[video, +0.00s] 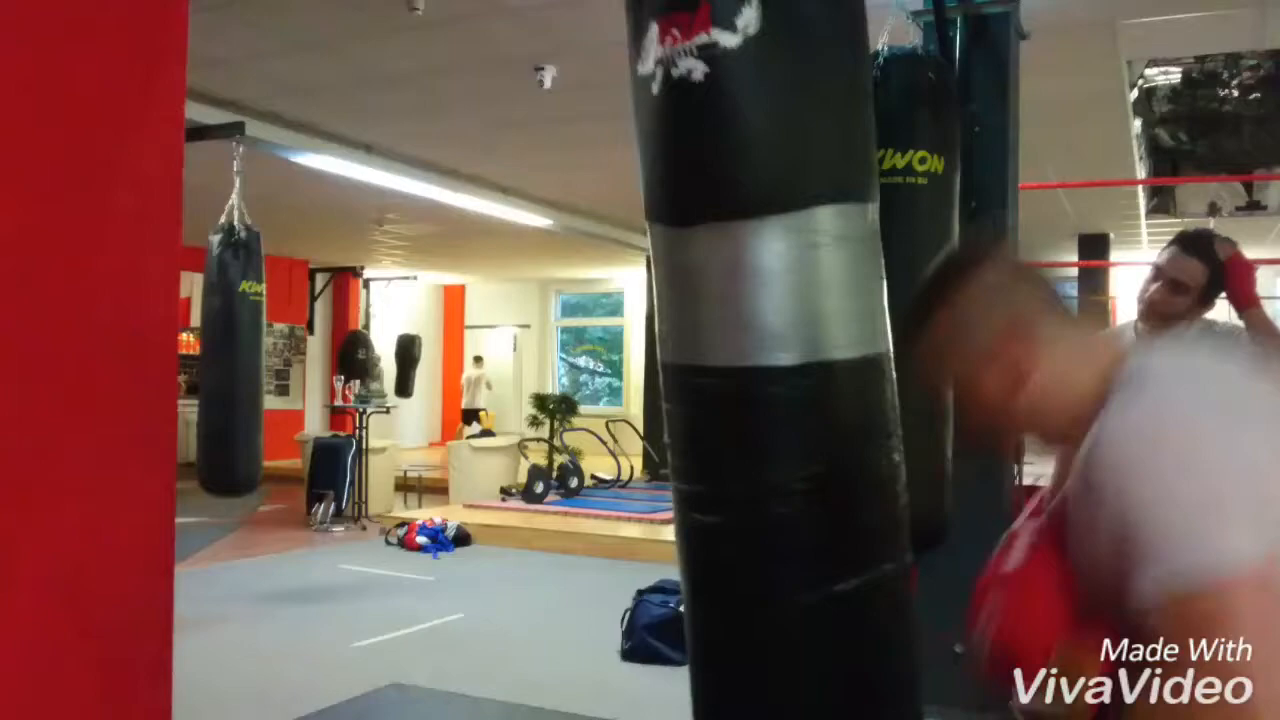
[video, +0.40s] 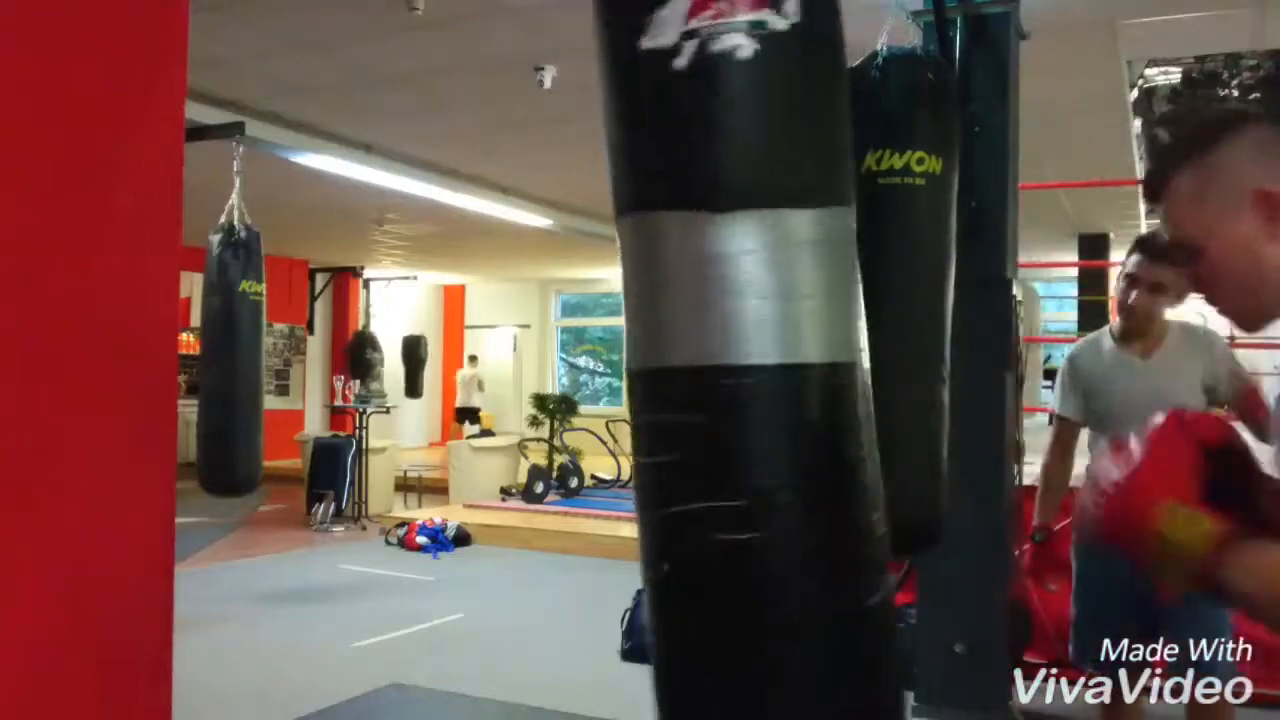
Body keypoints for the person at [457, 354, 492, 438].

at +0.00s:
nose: (482, 365)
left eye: (481, 363)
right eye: (482, 363)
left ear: (473, 363)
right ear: (481, 363)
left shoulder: (466, 373)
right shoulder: (482, 373)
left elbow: (462, 386)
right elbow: (489, 387)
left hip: (466, 404)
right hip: (478, 404)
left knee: (462, 424)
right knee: (485, 425)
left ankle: (456, 441)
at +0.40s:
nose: (476, 364)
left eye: (476, 362)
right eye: (476, 362)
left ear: (468, 362)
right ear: (476, 362)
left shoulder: (459, 373)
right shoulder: (477, 374)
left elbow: (458, 385)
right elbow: (482, 388)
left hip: (460, 403)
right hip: (473, 404)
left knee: (458, 425)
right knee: (480, 424)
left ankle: (453, 442)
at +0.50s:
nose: (472, 363)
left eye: (470, 361)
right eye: (472, 361)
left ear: (464, 361)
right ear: (473, 361)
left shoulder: (458, 371)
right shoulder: (477, 372)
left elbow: (456, 381)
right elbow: (483, 385)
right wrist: (475, 380)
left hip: (459, 402)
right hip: (473, 402)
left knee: (456, 424)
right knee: (480, 424)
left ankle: (452, 442)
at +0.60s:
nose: (470, 365)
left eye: (468, 363)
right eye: (471, 363)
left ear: (464, 363)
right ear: (473, 363)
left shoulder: (459, 373)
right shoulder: (477, 374)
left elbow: (456, 385)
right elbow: (480, 383)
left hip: (459, 403)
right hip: (473, 403)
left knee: (455, 425)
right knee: (479, 425)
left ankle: (452, 443)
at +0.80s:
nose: (481, 365)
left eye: (481, 363)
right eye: (481, 363)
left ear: (473, 362)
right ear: (480, 362)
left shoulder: (463, 372)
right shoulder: (482, 373)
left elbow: (450, 381)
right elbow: (490, 383)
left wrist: (447, 388)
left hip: (463, 402)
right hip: (477, 403)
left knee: (458, 424)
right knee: (483, 423)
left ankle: (451, 441)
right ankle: (483, 441)